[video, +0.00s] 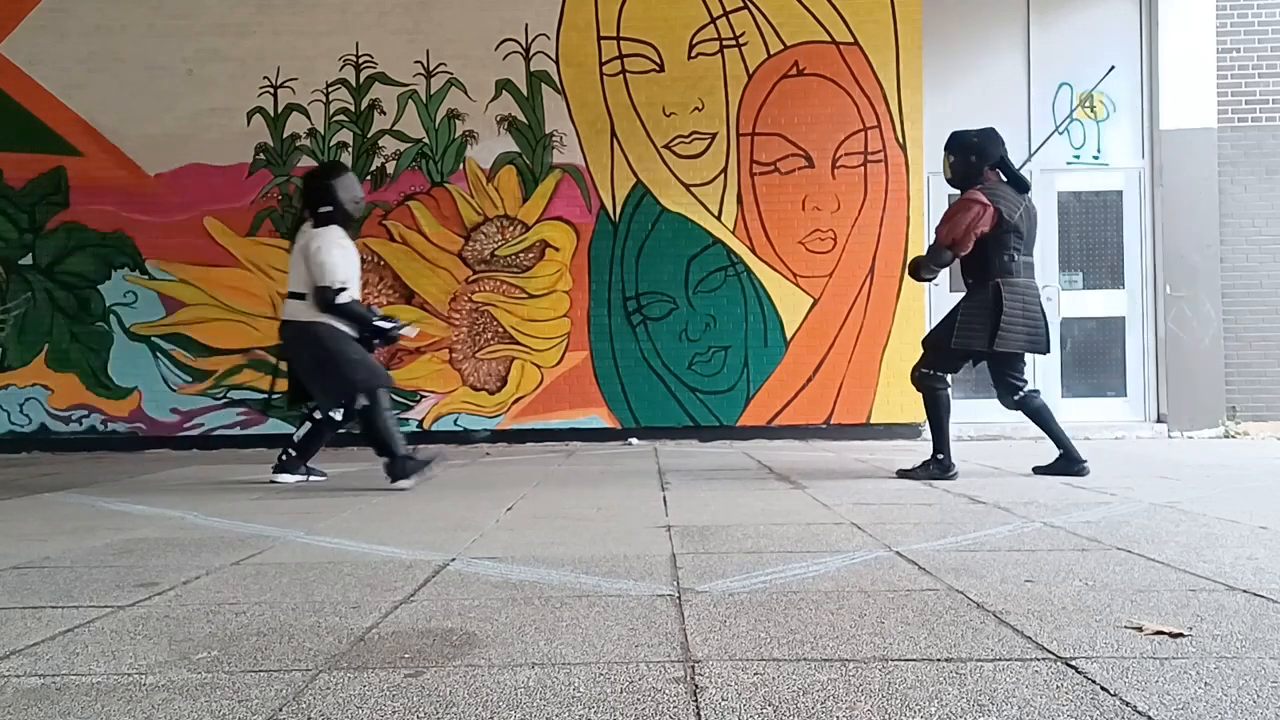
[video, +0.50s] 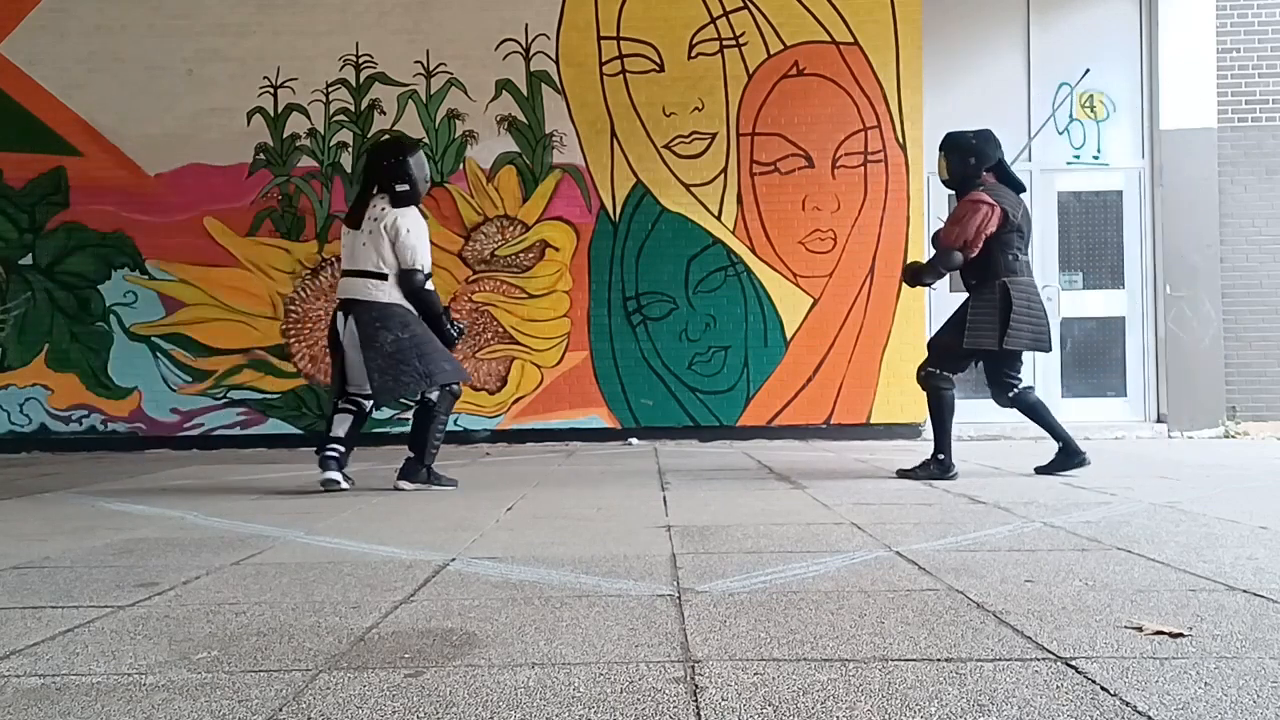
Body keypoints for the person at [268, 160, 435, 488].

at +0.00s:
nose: (360, 195)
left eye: (357, 187)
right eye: (352, 188)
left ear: (323, 198)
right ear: (332, 196)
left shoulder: (311, 231)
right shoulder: (328, 237)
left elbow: (326, 296)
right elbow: (330, 298)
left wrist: (362, 323)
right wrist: (375, 322)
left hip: (301, 330)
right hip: (317, 331)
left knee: (340, 401)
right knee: (372, 384)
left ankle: (292, 462)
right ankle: (398, 460)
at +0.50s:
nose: (425, 174)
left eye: (422, 165)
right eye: (419, 166)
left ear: (376, 173)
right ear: (406, 173)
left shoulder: (357, 212)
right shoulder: (406, 215)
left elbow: (354, 272)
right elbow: (414, 282)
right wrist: (443, 326)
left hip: (347, 314)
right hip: (387, 316)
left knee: (357, 392)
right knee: (445, 381)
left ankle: (332, 461)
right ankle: (419, 466)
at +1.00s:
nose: (458, 176)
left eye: (456, 169)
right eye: (453, 169)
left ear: (408, 175)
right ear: (440, 175)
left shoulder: (388, 216)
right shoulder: (444, 217)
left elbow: (384, 275)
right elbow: (457, 286)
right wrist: (478, 329)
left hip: (387, 313)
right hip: (428, 314)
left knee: (378, 396)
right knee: (496, 374)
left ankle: (339, 467)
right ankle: (497, 465)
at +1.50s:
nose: (536, 179)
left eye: (534, 172)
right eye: (531, 172)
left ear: (491, 177)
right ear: (519, 177)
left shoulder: (475, 211)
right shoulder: (524, 215)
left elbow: (515, 269)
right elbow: (563, 268)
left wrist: (582, 270)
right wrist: (603, 265)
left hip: (462, 308)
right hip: (503, 312)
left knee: (445, 392)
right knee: (569, 368)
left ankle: (410, 469)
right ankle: (613, 450)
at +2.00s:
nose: (693, 194)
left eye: (689, 188)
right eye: (689, 188)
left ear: (649, 193)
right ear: (679, 191)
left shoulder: (634, 229)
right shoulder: (688, 224)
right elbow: (732, 256)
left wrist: (751, 249)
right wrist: (774, 246)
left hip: (641, 332)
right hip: (685, 333)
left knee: (604, 402)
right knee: (753, 379)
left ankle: (548, 463)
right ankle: (789, 456)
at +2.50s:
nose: (809, 169)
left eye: (804, 164)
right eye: (805, 163)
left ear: (768, 169)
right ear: (799, 170)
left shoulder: (756, 202)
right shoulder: (808, 200)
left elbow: (766, 163)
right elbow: (850, 170)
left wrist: (782, 118)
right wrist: (824, 134)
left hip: (768, 302)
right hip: (799, 303)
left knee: (811, 376)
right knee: (844, 381)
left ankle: (810, 451)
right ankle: (807, 455)